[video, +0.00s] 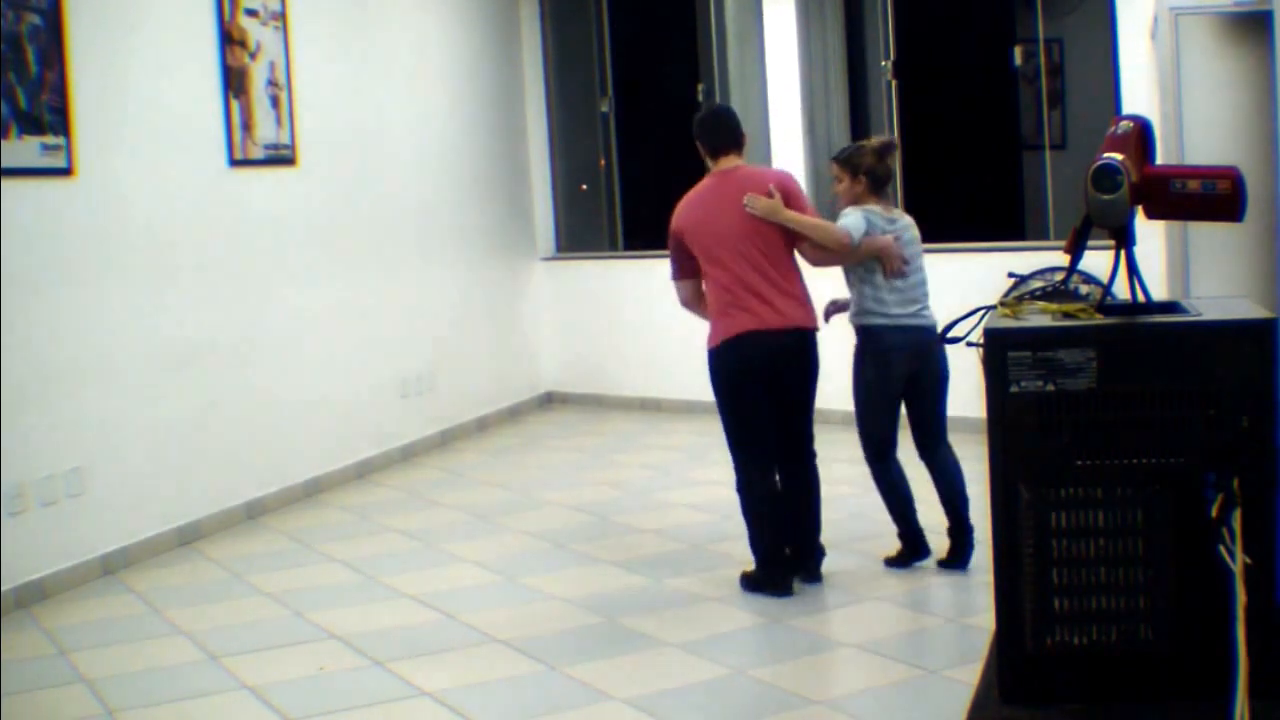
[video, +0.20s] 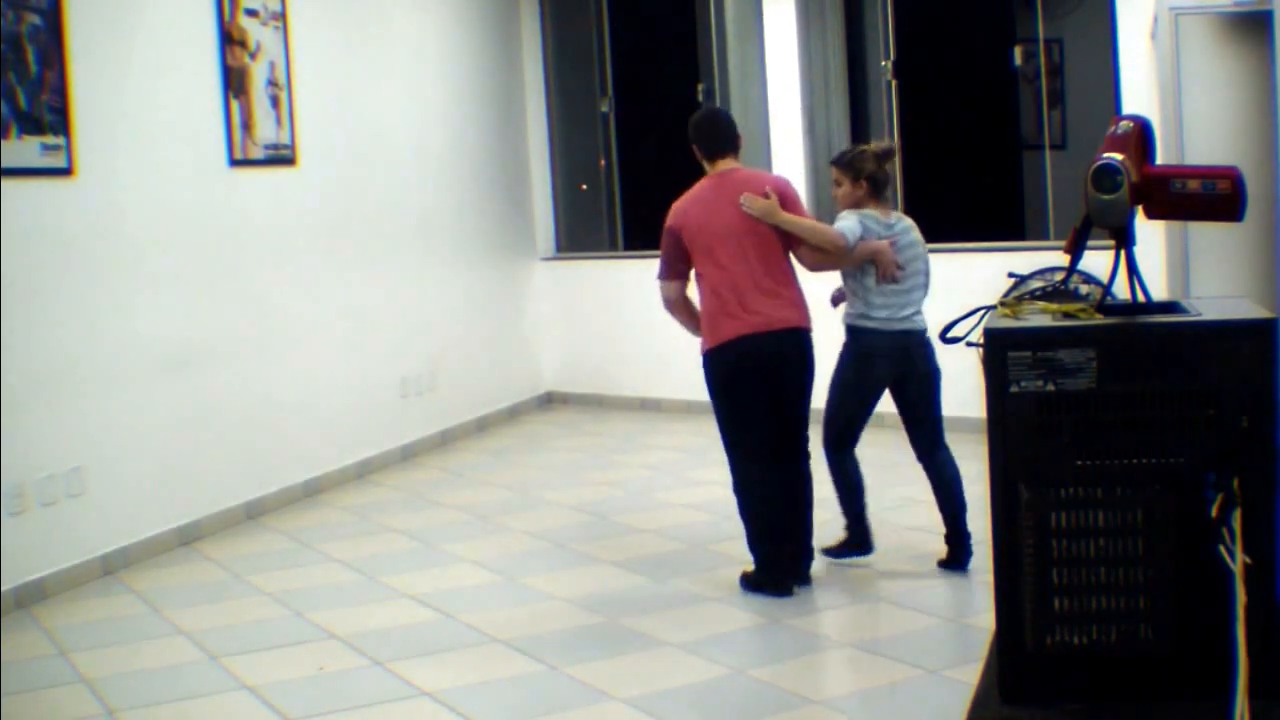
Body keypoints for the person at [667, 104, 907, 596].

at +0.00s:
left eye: (703, 148)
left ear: (700, 150)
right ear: (743, 140)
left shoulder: (686, 211)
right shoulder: (777, 183)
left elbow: (691, 297)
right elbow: (816, 251)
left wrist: (733, 314)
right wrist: (873, 247)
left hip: (732, 346)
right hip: (794, 337)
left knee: (752, 462)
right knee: (797, 449)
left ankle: (772, 571)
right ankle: (806, 560)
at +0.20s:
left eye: (696, 150)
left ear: (696, 152)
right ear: (738, 143)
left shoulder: (683, 211)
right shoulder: (774, 188)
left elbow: (672, 295)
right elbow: (812, 255)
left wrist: (707, 332)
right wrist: (868, 252)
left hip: (728, 349)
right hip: (788, 338)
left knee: (749, 459)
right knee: (792, 450)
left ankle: (773, 572)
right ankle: (797, 565)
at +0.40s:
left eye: (699, 146)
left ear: (697, 150)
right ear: (741, 142)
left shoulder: (680, 211)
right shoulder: (772, 189)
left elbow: (665, 291)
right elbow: (806, 263)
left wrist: (696, 333)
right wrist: (846, 264)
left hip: (723, 351)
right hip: (784, 342)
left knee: (733, 463)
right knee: (791, 454)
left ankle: (759, 565)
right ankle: (795, 564)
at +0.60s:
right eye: (734, 138)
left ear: (693, 145)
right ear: (737, 142)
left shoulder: (671, 206)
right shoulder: (758, 193)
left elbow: (658, 288)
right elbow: (801, 265)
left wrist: (701, 297)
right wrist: (834, 263)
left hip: (703, 347)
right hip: (764, 337)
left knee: (704, 443)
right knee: (781, 450)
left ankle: (686, 550)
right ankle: (794, 560)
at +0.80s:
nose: (734, 153)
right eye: (734, 146)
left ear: (684, 145)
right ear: (726, 146)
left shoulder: (650, 201)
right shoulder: (736, 202)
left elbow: (636, 274)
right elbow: (769, 273)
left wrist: (687, 270)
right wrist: (804, 273)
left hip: (664, 347)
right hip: (721, 342)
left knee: (676, 446)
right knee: (755, 448)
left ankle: (660, 549)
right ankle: (791, 556)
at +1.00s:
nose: (716, 159)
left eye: (716, 150)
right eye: (716, 151)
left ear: (670, 146)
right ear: (703, 152)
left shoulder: (638, 195)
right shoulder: (688, 212)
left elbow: (643, 268)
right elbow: (691, 292)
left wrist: (705, 275)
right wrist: (746, 316)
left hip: (623, 342)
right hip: (665, 346)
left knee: (658, 442)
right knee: (712, 437)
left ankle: (659, 552)